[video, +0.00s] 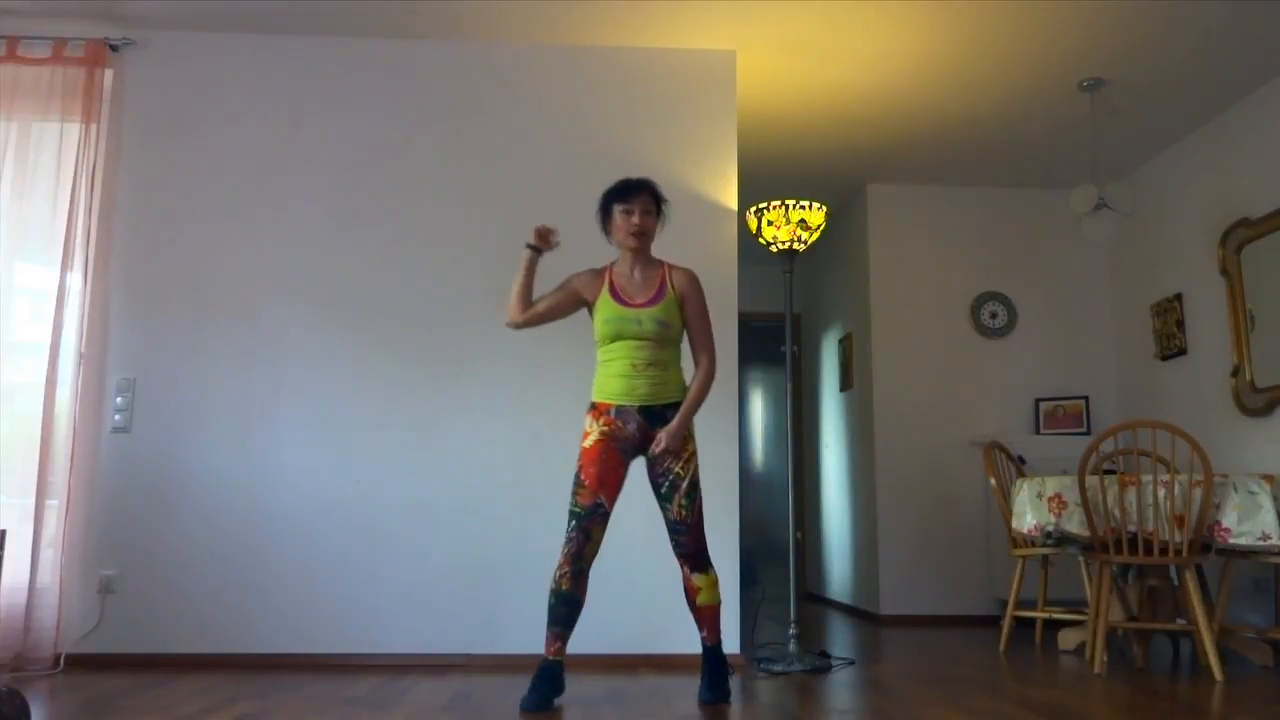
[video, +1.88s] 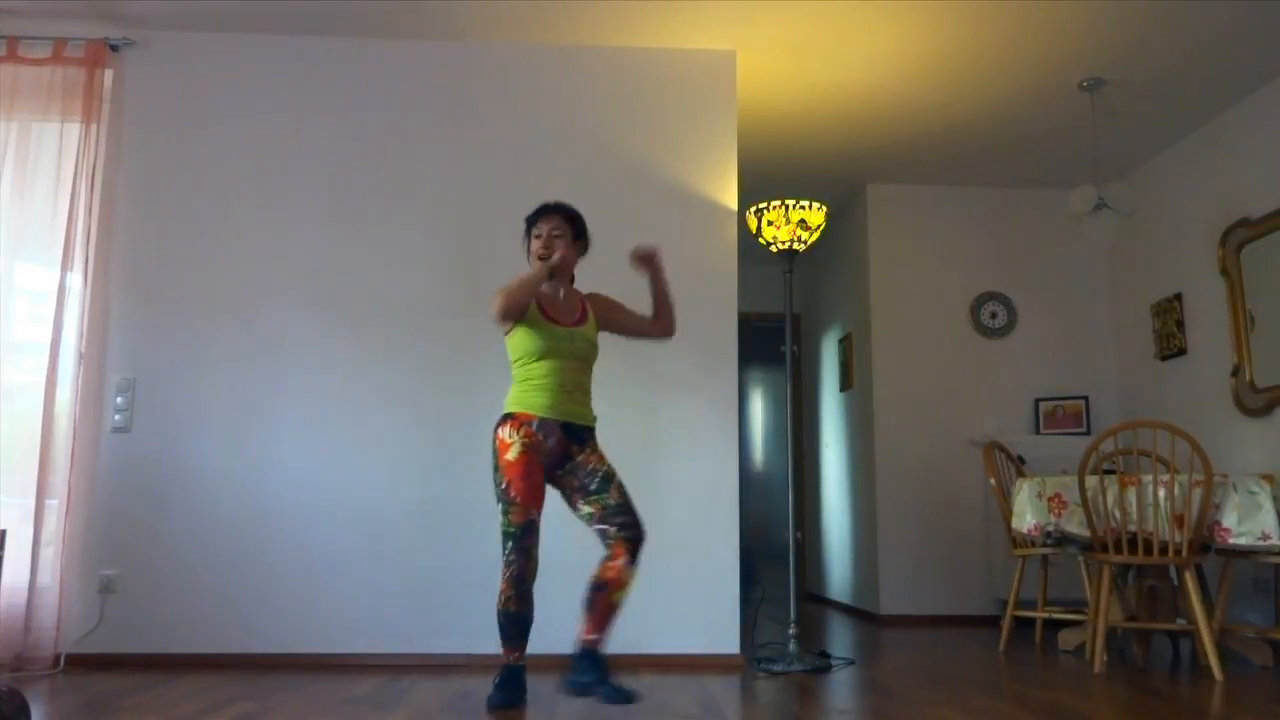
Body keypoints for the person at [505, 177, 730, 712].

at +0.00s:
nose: (639, 221)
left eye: (648, 213)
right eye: (628, 212)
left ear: (659, 223)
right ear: (608, 222)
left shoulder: (681, 282)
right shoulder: (591, 282)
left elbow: (706, 364)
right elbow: (519, 315)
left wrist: (679, 424)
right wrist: (532, 254)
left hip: (668, 420)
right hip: (608, 420)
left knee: (691, 546)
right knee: (579, 542)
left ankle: (713, 660)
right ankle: (550, 667)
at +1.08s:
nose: (670, 212)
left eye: (680, 206)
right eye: (660, 206)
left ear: (695, 221)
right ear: (644, 221)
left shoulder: (713, 279)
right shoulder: (624, 264)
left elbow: (746, 322)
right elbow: (555, 260)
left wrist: (734, 369)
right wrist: (545, 266)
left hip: (684, 424)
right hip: (624, 420)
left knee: (704, 545)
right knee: (584, 539)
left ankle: (702, 666)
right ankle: (559, 661)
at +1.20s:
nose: (676, 233)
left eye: (686, 228)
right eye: (666, 228)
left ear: (700, 247)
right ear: (650, 247)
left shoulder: (717, 309)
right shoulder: (629, 295)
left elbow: (727, 363)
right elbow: (562, 323)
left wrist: (738, 411)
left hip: (688, 445)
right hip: (629, 441)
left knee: (719, 555)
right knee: (583, 551)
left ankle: (703, 668)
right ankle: (554, 664)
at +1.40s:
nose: (631, 228)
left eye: (640, 221)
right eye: (621, 222)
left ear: (656, 234)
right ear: (607, 236)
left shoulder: (679, 295)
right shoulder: (602, 289)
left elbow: (729, 354)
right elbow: (609, 340)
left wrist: (753, 317)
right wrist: (650, 302)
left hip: (686, 427)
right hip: (628, 428)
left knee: (712, 546)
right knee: (578, 541)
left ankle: (704, 666)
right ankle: (535, 660)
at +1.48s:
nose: (610, 220)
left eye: (620, 214)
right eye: (599, 213)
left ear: (634, 224)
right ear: (583, 227)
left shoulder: (657, 278)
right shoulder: (581, 273)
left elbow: (730, 300)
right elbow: (622, 273)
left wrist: (744, 247)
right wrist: (655, 227)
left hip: (673, 409)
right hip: (616, 409)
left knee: (698, 533)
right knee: (576, 530)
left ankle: (707, 653)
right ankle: (520, 652)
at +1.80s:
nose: (559, 236)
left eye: (567, 230)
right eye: (550, 230)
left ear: (583, 244)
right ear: (534, 243)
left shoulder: (596, 300)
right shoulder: (523, 293)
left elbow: (672, 291)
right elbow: (547, 255)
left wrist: (681, 226)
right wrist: (587, 224)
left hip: (588, 434)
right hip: (532, 431)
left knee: (652, 533)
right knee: (526, 552)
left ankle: (645, 656)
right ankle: (513, 671)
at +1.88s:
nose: (546, 244)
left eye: (558, 236)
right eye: (538, 238)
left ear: (579, 247)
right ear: (528, 250)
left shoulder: (593, 305)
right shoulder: (522, 297)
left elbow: (662, 326)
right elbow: (503, 312)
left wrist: (656, 272)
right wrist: (542, 270)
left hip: (577, 441)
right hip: (523, 436)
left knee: (626, 536)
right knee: (520, 555)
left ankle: (586, 663)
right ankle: (512, 672)